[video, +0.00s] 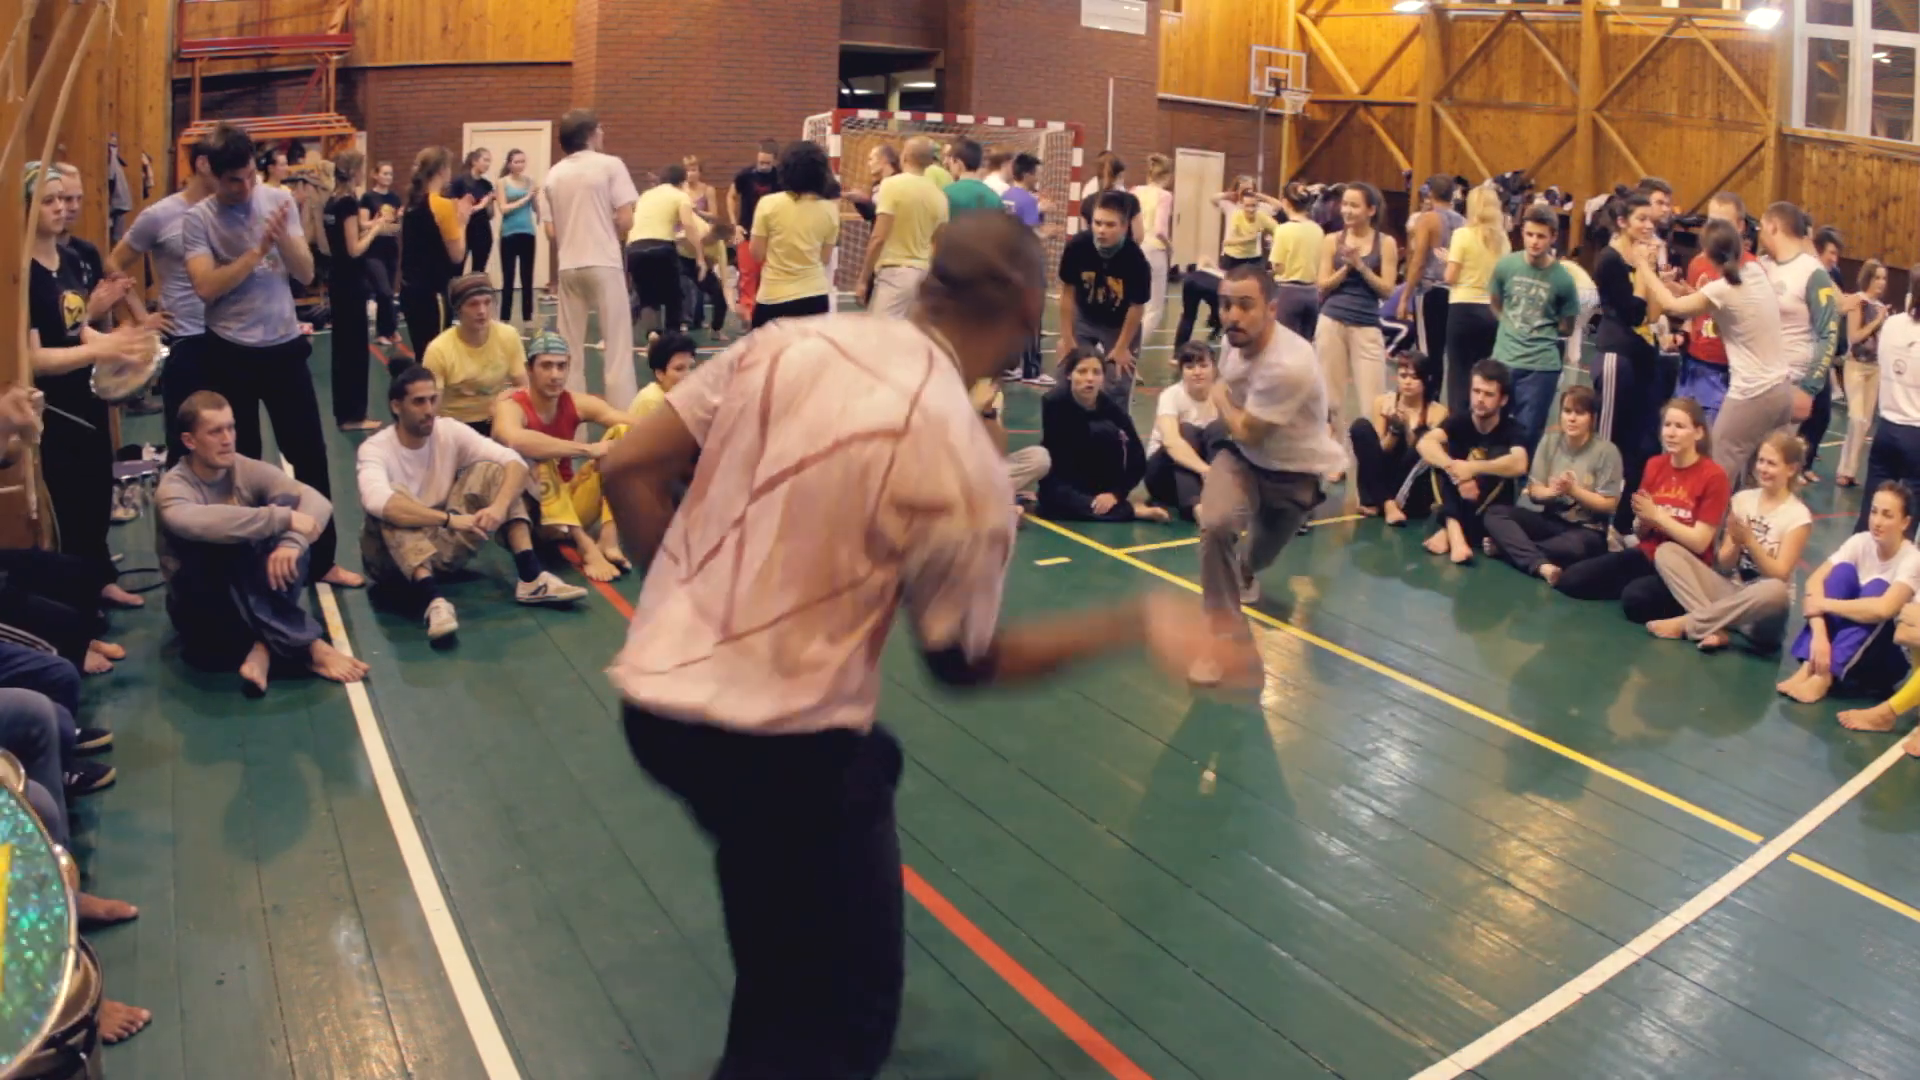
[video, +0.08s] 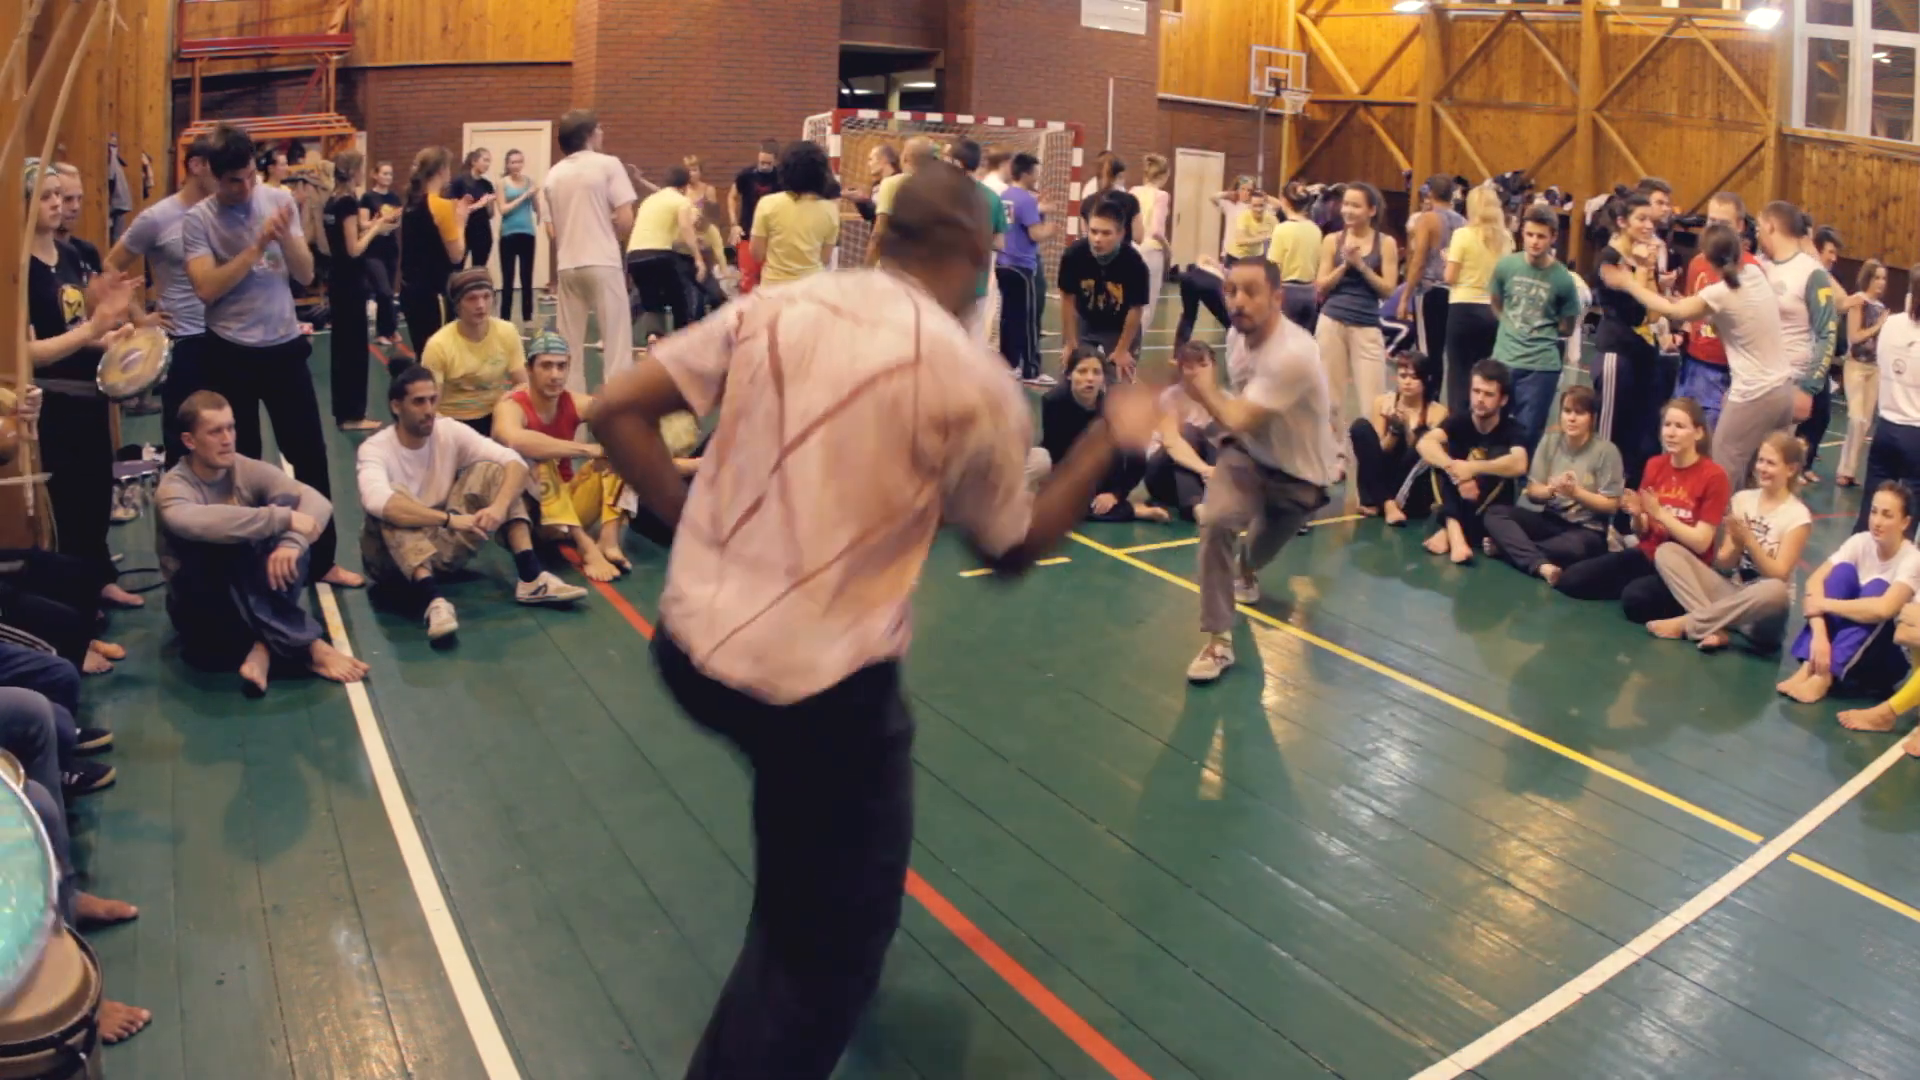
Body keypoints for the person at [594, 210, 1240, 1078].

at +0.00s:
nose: (1031, 329)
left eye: (1034, 314)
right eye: (1033, 312)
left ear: (934, 278)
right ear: (1018, 307)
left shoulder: (783, 343)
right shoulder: (952, 449)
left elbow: (629, 465)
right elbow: (963, 658)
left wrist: (696, 591)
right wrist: (1136, 618)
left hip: (659, 704)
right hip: (783, 744)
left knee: (866, 760)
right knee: (833, 1022)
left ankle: (813, 1013)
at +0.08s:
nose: (988, 267)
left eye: (986, 251)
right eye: (987, 251)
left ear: (883, 238)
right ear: (972, 257)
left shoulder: (773, 309)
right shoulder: (966, 378)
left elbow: (617, 410)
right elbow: (1015, 540)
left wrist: (692, 513)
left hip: (689, 649)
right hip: (818, 691)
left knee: (814, 776)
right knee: (825, 940)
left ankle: (838, 935)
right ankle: (752, 1061)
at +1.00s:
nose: (1385, 395)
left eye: (1388, 382)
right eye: (1383, 383)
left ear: (1318, 357)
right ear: (1359, 385)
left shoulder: (1249, 377)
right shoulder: (1290, 437)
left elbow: (1299, 471)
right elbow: (1191, 530)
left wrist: (1384, 457)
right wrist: (1230, 659)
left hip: (1086, 579)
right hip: (1148, 601)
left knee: (1084, 735)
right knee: (1331, 667)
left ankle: (935, 773)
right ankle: (1311, 840)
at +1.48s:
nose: (1146, 288)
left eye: (1155, 276)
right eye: (1147, 271)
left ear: (1127, 253)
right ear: (1113, 242)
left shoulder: (1114, 330)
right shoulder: (988, 273)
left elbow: (1115, 461)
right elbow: (868, 299)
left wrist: (1104, 407)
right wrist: (807, 408)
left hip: (1054, 525)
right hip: (967, 513)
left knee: (995, 699)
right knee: (1086, 668)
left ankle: (858, 747)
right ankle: (1205, 841)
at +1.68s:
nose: (1060, 208)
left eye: (1068, 194)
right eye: (1066, 190)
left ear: (1022, 163)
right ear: (1041, 170)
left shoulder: (991, 235)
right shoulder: (912, 204)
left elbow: (979, 300)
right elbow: (758, 263)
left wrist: (1059, 301)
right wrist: (689, 394)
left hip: (923, 450)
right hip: (864, 449)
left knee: (971, 615)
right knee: (958, 644)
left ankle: (861, 750)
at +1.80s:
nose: (1010, 215)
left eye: (1013, 199)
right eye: (1011, 198)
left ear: (949, 171)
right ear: (987, 190)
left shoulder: (913, 243)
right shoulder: (894, 234)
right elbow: (739, 322)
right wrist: (709, 450)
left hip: (868, 487)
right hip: (826, 493)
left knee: (969, 579)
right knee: (797, 719)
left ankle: (909, 762)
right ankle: (627, 848)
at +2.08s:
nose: (946, 262)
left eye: (946, 248)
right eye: (948, 247)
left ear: (869, 225)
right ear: (931, 235)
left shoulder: (778, 274)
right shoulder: (906, 309)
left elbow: (668, 365)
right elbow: (932, 453)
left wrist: (554, 432)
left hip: (714, 498)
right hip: (788, 519)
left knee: (879, 582)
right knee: (765, 720)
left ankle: (900, 764)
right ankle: (621, 861)